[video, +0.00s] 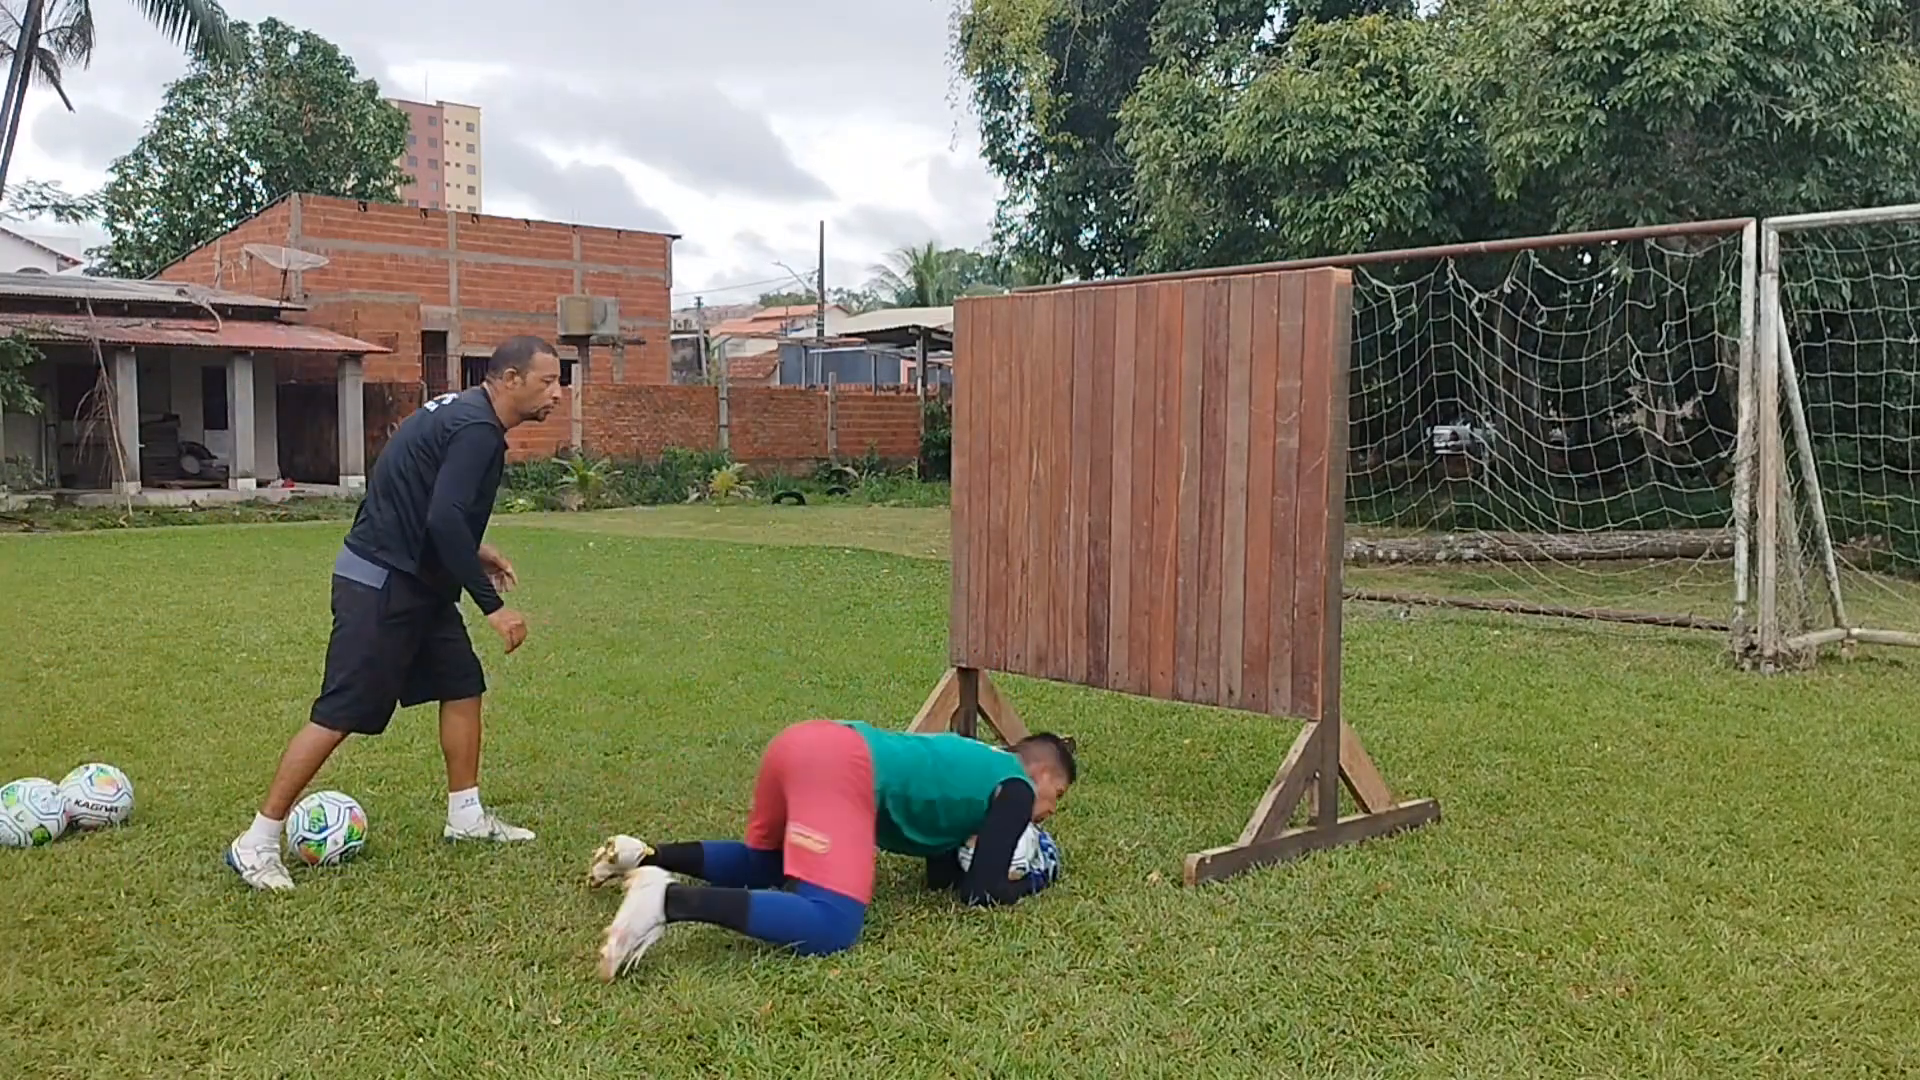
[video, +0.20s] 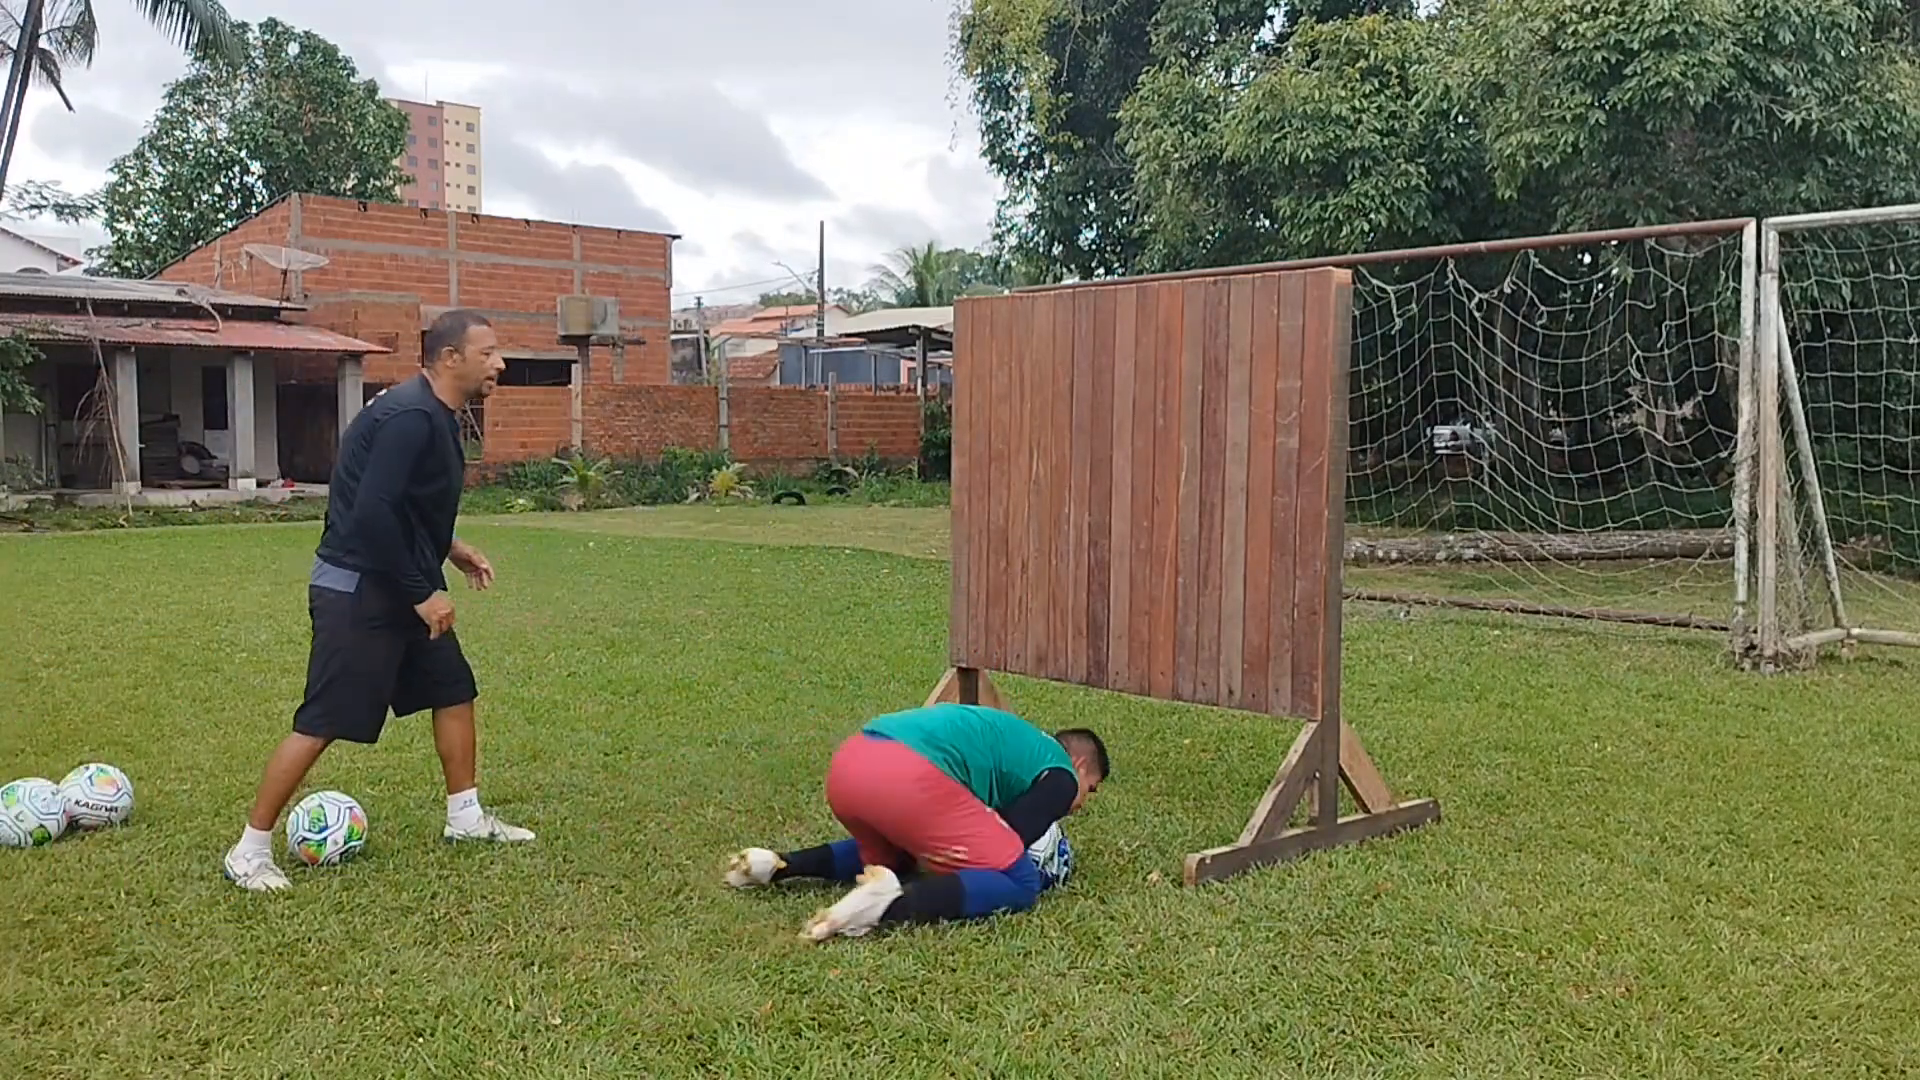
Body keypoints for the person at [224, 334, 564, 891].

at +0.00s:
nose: (557, 394)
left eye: (558, 384)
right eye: (548, 383)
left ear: (506, 382)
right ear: (508, 380)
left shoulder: (463, 414)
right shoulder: (478, 432)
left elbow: (424, 506)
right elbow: (447, 522)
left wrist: (475, 550)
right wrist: (494, 606)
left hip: (421, 584)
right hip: (379, 582)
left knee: (462, 688)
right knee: (339, 712)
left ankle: (466, 818)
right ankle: (257, 841)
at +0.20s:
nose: (498, 364)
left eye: (497, 354)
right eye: (488, 353)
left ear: (455, 359)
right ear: (451, 358)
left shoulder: (437, 416)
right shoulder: (409, 417)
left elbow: (404, 504)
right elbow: (373, 511)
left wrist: (452, 547)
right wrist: (422, 591)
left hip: (403, 590)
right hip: (354, 590)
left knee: (455, 692)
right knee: (322, 719)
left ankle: (465, 819)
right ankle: (249, 851)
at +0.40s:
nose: (428, 348)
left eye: (427, 336)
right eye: (418, 337)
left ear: (382, 346)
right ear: (376, 344)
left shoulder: (372, 407)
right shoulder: (331, 410)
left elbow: (341, 502)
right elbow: (298, 513)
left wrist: (393, 532)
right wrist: (368, 581)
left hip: (358, 587)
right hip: (309, 590)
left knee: (415, 695)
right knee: (283, 723)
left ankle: (462, 816)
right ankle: (241, 857)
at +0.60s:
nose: (379, 333)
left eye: (376, 321)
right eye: (367, 322)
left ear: (337, 331)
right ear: (328, 331)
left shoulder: (329, 397)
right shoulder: (280, 402)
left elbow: (326, 484)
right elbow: (258, 506)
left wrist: (378, 505)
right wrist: (349, 559)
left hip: (335, 584)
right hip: (281, 588)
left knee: (396, 686)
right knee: (269, 720)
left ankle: (402, 823)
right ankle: (239, 857)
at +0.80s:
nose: (348, 326)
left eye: (346, 314)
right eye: (336, 315)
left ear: (303, 328)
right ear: (295, 327)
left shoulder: (310, 396)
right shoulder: (255, 401)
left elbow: (328, 478)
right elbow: (268, 504)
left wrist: (402, 470)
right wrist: (374, 504)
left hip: (329, 584)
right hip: (274, 588)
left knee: (378, 697)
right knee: (265, 723)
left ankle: (392, 829)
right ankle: (239, 857)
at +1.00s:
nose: (333, 322)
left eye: (329, 311)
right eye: (321, 313)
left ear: (291, 324)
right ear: (284, 324)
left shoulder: (301, 393)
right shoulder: (249, 396)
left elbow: (345, 458)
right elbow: (295, 489)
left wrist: (423, 446)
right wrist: (396, 455)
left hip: (321, 580)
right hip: (270, 586)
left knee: (366, 699)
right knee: (263, 723)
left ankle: (392, 828)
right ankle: (240, 857)